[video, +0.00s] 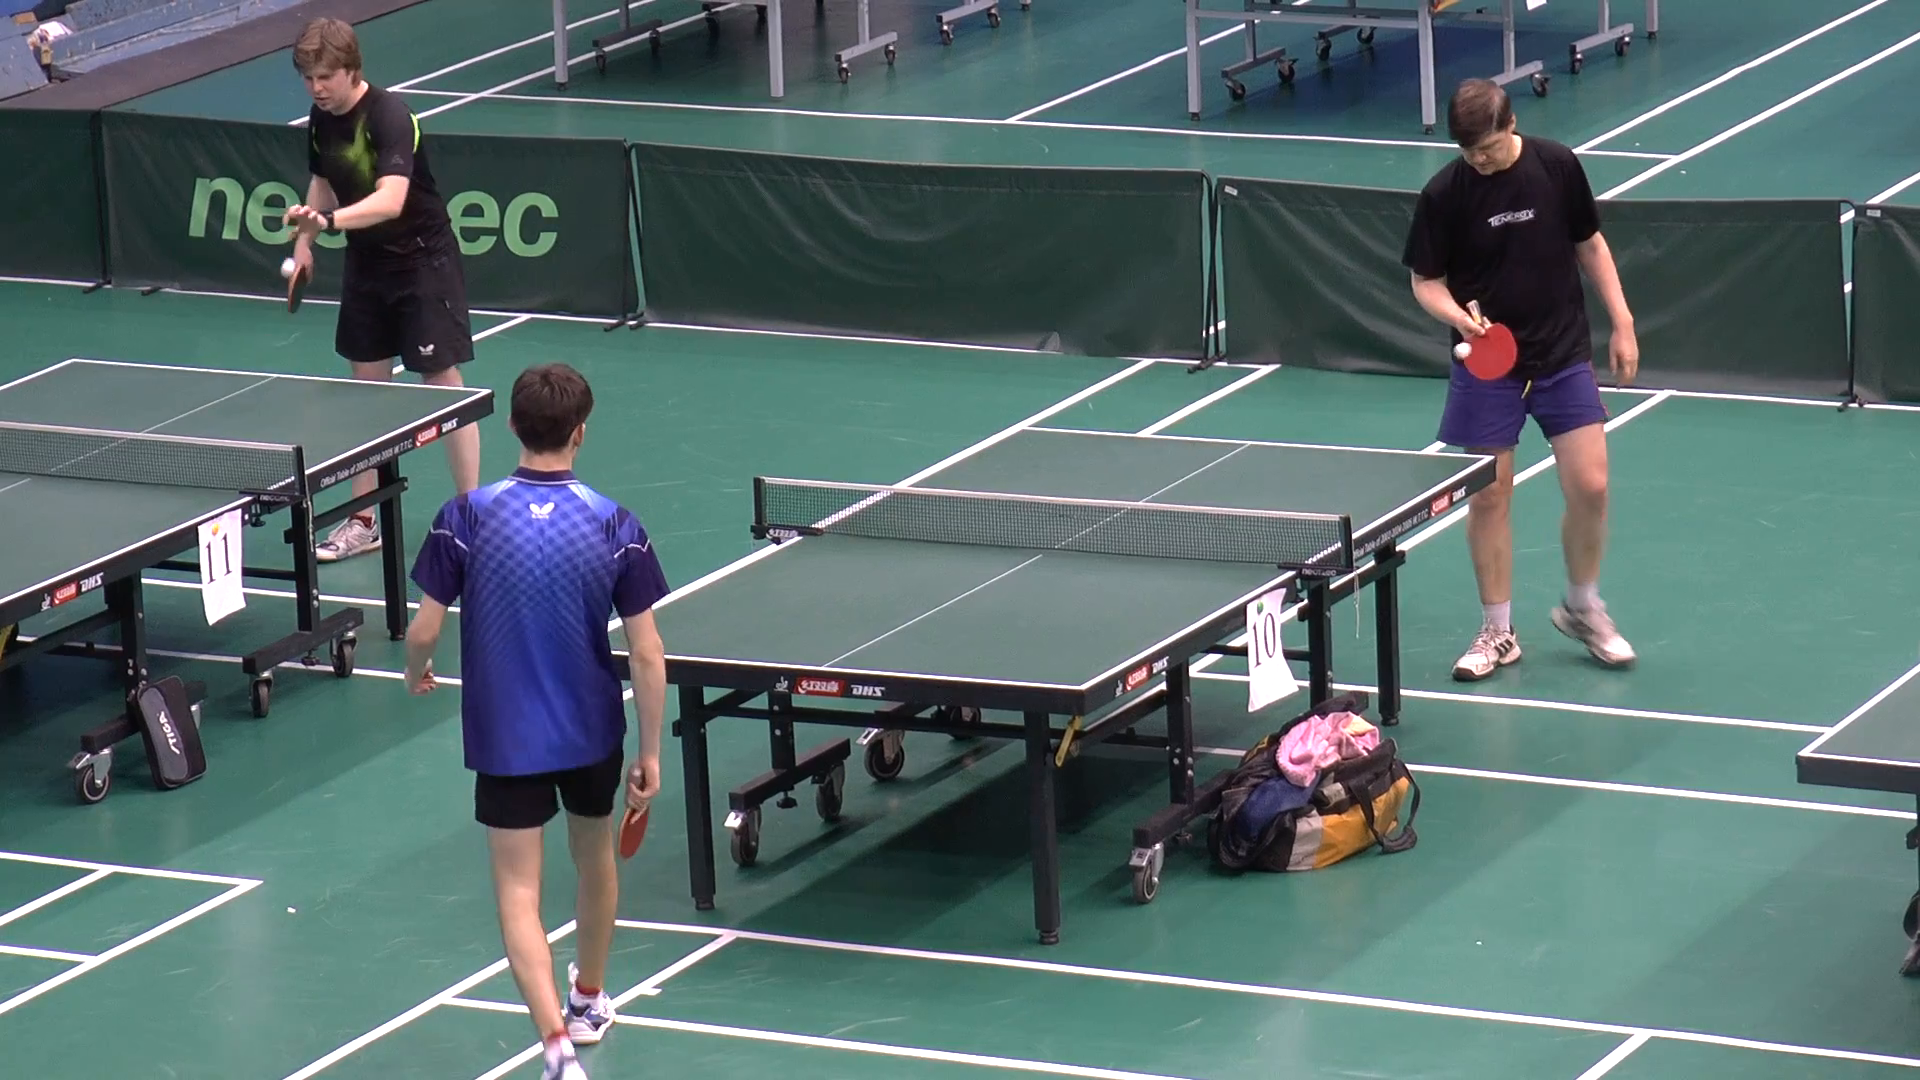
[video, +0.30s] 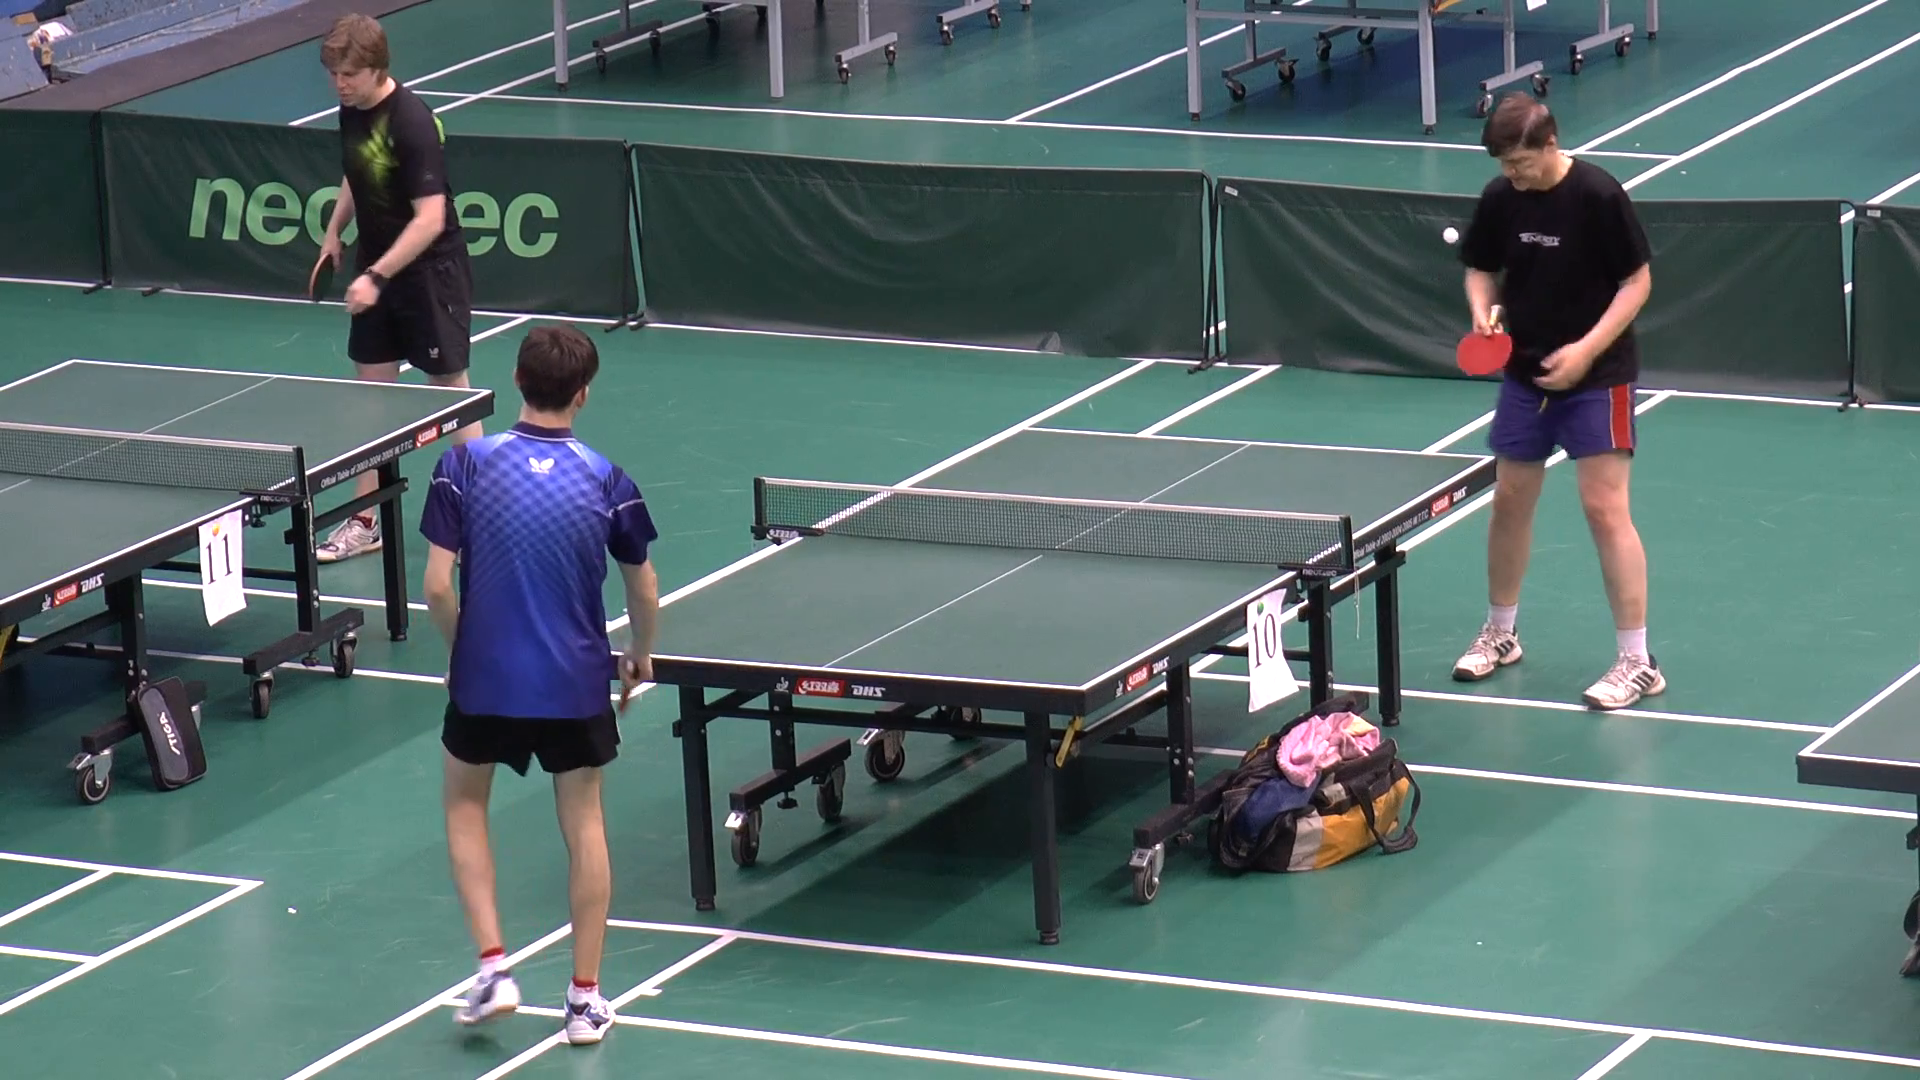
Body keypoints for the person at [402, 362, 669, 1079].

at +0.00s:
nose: (577, 432)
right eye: (580, 423)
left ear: (511, 427)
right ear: (580, 430)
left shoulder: (465, 516)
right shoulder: (612, 523)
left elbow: (422, 633)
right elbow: (648, 656)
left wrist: (418, 669)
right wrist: (650, 752)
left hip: (505, 740)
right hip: (589, 735)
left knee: (518, 894)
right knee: (598, 861)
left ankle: (558, 1052)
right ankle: (587, 1000)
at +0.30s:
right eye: (581, 386)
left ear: (516, 385)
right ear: (583, 392)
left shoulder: (464, 462)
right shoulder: (607, 478)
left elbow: (437, 588)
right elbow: (644, 594)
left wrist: (466, 651)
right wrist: (642, 657)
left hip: (485, 690)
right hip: (574, 693)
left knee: (466, 807)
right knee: (586, 828)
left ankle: (492, 966)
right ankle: (586, 995)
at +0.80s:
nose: (505, 361)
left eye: (501, 351)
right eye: (502, 352)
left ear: (436, 363)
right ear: (489, 363)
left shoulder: (392, 438)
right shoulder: (506, 455)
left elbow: (364, 546)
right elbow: (535, 583)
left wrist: (405, 596)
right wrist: (560, 608)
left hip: (426, 661)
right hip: (504, 664)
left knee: (433, 789)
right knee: (548, 797)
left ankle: (440, 952)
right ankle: (537, 965)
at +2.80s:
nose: (446, 356)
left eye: (443, 345)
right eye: (442, 347)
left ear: (376, 364)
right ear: (426, 361)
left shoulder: (349, 431)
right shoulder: (440, 450)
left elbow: (327, 538)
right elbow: (458, 574)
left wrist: (377, 597)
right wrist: (522, 599)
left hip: (381, 650)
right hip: (442, 657)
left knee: (355, 781)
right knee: (472, 803)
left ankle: (340, 912)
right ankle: (486, 974)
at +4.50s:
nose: (524, 418)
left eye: (524, 406)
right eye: (521, 406)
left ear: (458, 402)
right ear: (493, 410)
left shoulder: (404, 460)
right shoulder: (481, 490)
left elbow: (357, 562)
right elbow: (525, 609)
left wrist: (424, 595)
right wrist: (613, 623)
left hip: (408, 676)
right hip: (469, 686)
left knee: (416, 778)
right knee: (572, 808)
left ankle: (346, 926)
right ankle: (495, 966)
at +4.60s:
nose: (530, 440)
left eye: (530, 428)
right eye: (525, 428)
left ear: (467, 425)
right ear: (495, 430)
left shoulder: (412, 481)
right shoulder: (488, 513)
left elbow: (376, 573)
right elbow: (550, 617)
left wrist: (467, 598)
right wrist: (657, 638)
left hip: (418, 693)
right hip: (481, 699)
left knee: (418, 794)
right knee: (619, 786)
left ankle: (339, 934)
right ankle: (535, 936)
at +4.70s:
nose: (568, 456)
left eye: (568, 444)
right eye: (563, 445)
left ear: (512, 442)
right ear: (525, 445)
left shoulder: (451, 488)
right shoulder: (528, 525)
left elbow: (404, 553)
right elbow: (620, 608)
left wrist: (496, 581)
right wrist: (735, 621)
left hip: (438, 702)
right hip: (503, 706)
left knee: (421, 802)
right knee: (658, 769)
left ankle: (340, 933)